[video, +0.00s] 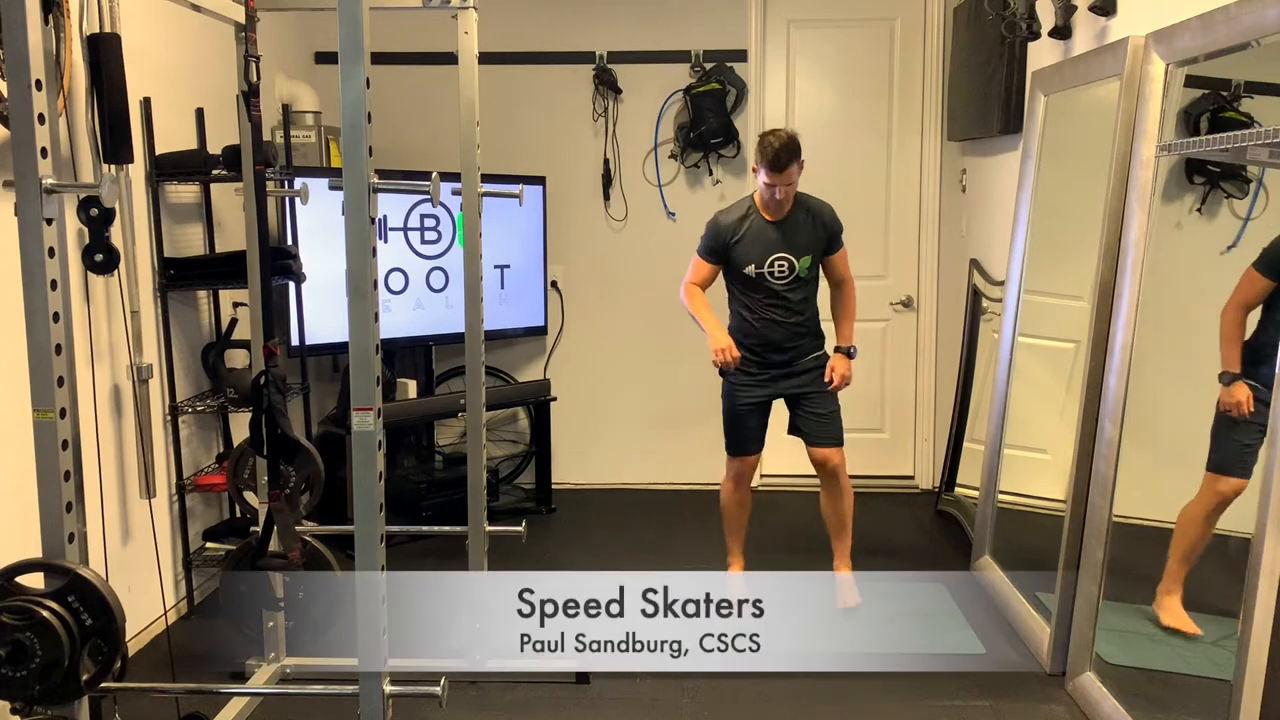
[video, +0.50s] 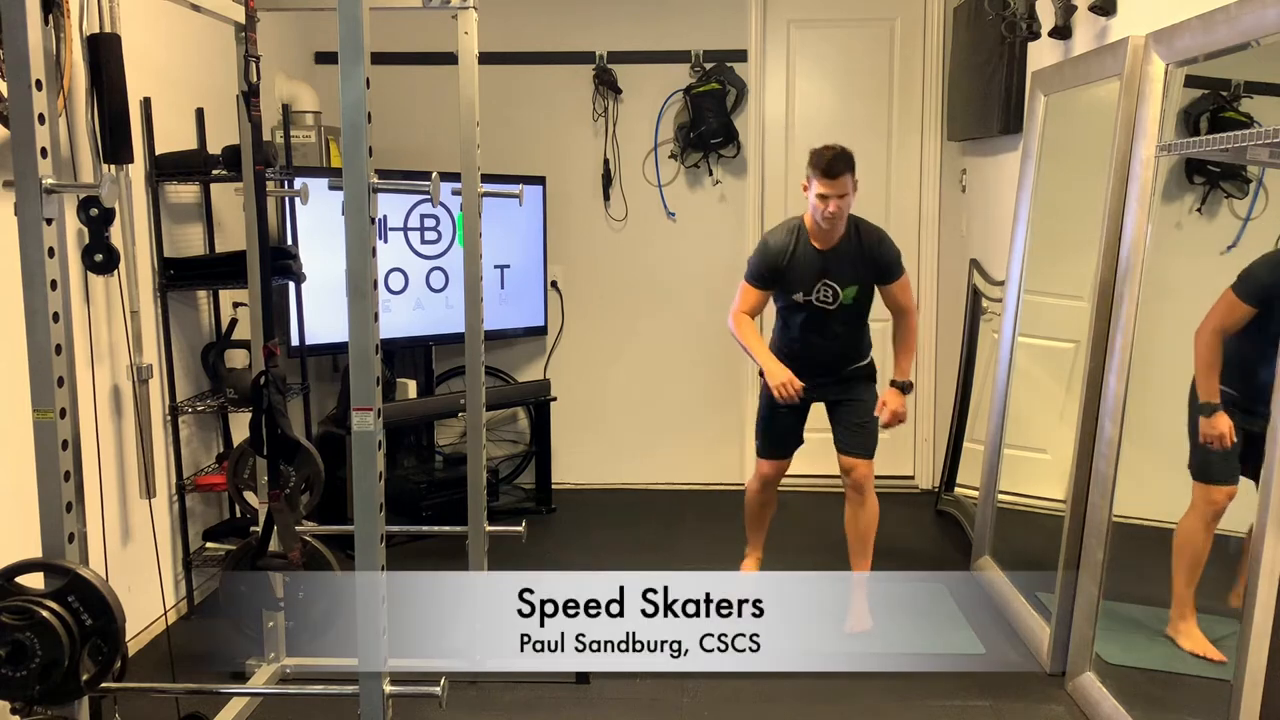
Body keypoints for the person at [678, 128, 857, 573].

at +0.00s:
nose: (778, 194)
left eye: (787, 184)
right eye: (769, 184)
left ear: (801, 172)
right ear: (755, 173)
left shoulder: (821, 220)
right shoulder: (727, 225)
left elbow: (841, 284)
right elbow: (691, 287)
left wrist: (844, 351)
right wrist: (715, 332)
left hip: (807, 365)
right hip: (747, 368)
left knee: (831, 463)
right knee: (740, 469)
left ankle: (843, 567)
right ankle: (735, 565)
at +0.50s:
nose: (832, 207)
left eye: (842, 197)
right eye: (823, 197)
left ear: (855, 191)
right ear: (806, 190)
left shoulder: (875, 246)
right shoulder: (777, 247)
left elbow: (905, 312)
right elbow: (740, 316)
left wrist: (900, 384)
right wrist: (769, 364)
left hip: (851, 376)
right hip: (788, 375)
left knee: (859, 478)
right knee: (767, 473)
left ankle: (860, 592)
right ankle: (752, 558)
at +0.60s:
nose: (841, 220)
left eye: (851, 209)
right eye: (833, 209)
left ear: (864, 204)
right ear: (816, 202)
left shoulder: (883, 256)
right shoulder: (787, 255)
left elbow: (919, 326)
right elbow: (750, 332)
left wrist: (916, 398)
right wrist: (787, 383)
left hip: (857, 376)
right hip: (796, 376)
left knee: (863, 481)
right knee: (782, 475)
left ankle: (861, 594)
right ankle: (786, 544)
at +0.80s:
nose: (851, 255)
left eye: (861, 244)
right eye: (842, 243)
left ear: (875, 235)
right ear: (825, 233)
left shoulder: (891, 280)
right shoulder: (797, 284)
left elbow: (932, 348)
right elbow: (765, 370)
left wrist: (938, 397)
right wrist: (808, 407)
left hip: (861, 389)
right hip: (803, 394)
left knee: (861, 486)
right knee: (816, 489)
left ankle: (859, 595)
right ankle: (852, 518)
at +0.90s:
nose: (848, 274)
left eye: (858, 263)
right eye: (839, 262)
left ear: (873, 253)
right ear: (823, 251)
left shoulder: (890, 293)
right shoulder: (796, 299)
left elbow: (933, 359)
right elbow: (775, 390)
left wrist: (936, 393)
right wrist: (822, 411)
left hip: (862, 395)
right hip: (805, 402)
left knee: (863, 488)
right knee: (827, 495)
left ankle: (859, 594)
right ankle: (867, 524)